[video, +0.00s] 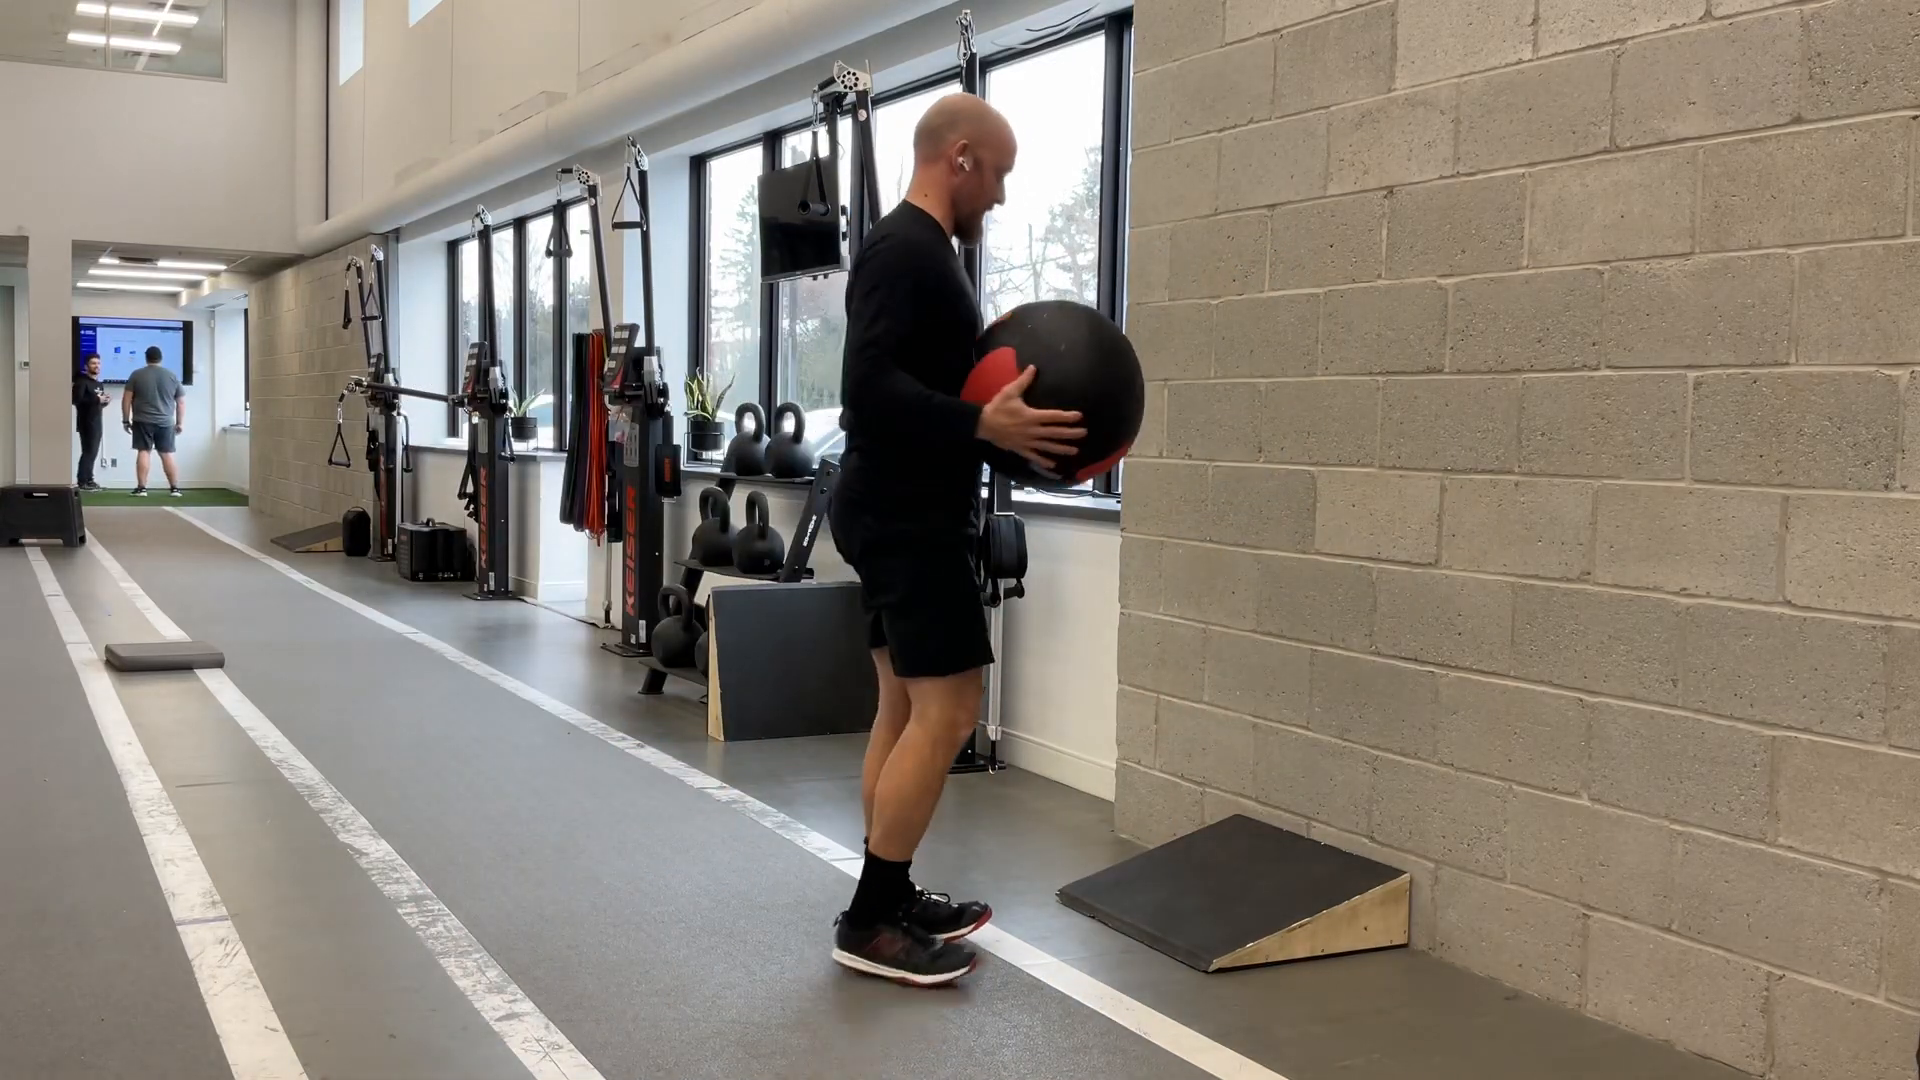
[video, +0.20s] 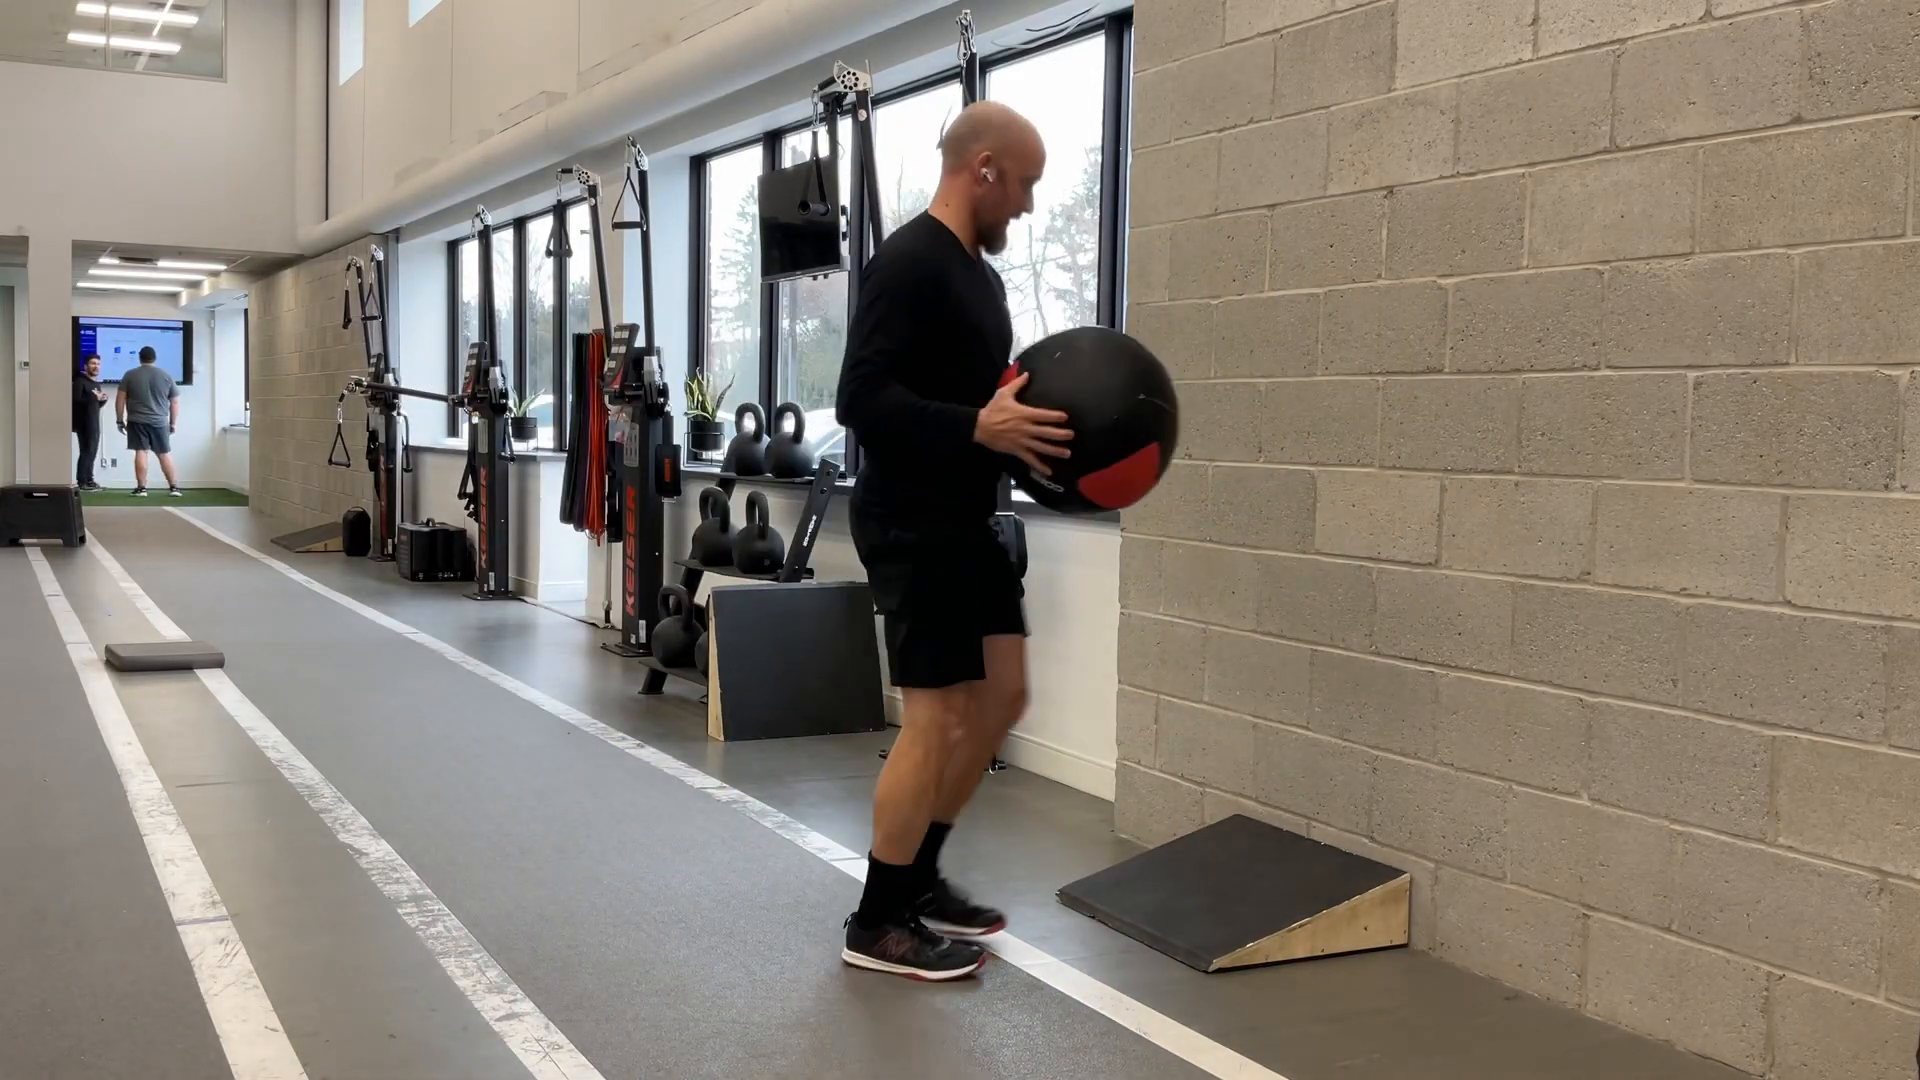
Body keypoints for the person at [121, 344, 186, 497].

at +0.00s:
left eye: (149, 357)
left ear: (146, 358)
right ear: (161, 358)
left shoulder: (136, 375)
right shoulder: (171, 376)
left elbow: (127, 398)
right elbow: (180, 402)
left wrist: (125, 419)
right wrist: (179, 423)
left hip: (142, 422)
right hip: (165, 423)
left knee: (143, 452)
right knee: (167, 455)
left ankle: (141, 487)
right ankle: (174, 487)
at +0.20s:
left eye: (142, 357)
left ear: (140, 358)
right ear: (155, 359)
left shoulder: (130, 375)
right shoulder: (165, 376)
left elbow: (120, 398)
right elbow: (174, 401)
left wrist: (119, 420)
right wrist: (173, 422)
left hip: (137, 422)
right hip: (159, 423)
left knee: (140, 452)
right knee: (164, 455)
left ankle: (141, 487)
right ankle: (173, 487)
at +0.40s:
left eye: (138, 357)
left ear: (135, 358)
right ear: (150, 358)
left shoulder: (126, 375)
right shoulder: (161, 376)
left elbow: (116, 398)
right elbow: (171, 400)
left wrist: (115, 420)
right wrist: (170, 422)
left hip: (134, 422)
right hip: (156, 422)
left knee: (139, 452)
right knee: (160, 453)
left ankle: (141, 487)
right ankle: (167, 485)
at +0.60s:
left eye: (134, 357)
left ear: (133, 358)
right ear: (148, 358)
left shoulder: (125, 375)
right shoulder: (160, 375)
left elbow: (116, 398)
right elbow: (171, 399)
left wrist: (115, 420)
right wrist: (171, 421)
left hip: (134, 422)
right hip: (155, 422)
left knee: (139, 453)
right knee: (156, 454)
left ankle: (141, 487)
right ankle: (159, 486)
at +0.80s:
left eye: (135, 357)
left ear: (134, 358)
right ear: (149, 358)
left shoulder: (125, 375)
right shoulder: (160, 375)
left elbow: (117, 400)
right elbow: (171, 398)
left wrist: (118, 421)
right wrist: (172, 421)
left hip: (134, 421)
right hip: (156, 422)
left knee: (140, 453)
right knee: (156, 454)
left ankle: (141, 487)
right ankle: (159, 486)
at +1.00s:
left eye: (139, 357)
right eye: (149, 357)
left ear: (137, 358)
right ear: (152, 358)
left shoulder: (128, 375)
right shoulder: (163, 375)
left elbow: (119, 399)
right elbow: (173, 398)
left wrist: (121, 420)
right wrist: (174, 421)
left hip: (136, 421)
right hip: (158, 422)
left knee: (141, 452)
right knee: (157, 454)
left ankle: (141, 487)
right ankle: (159, 487)